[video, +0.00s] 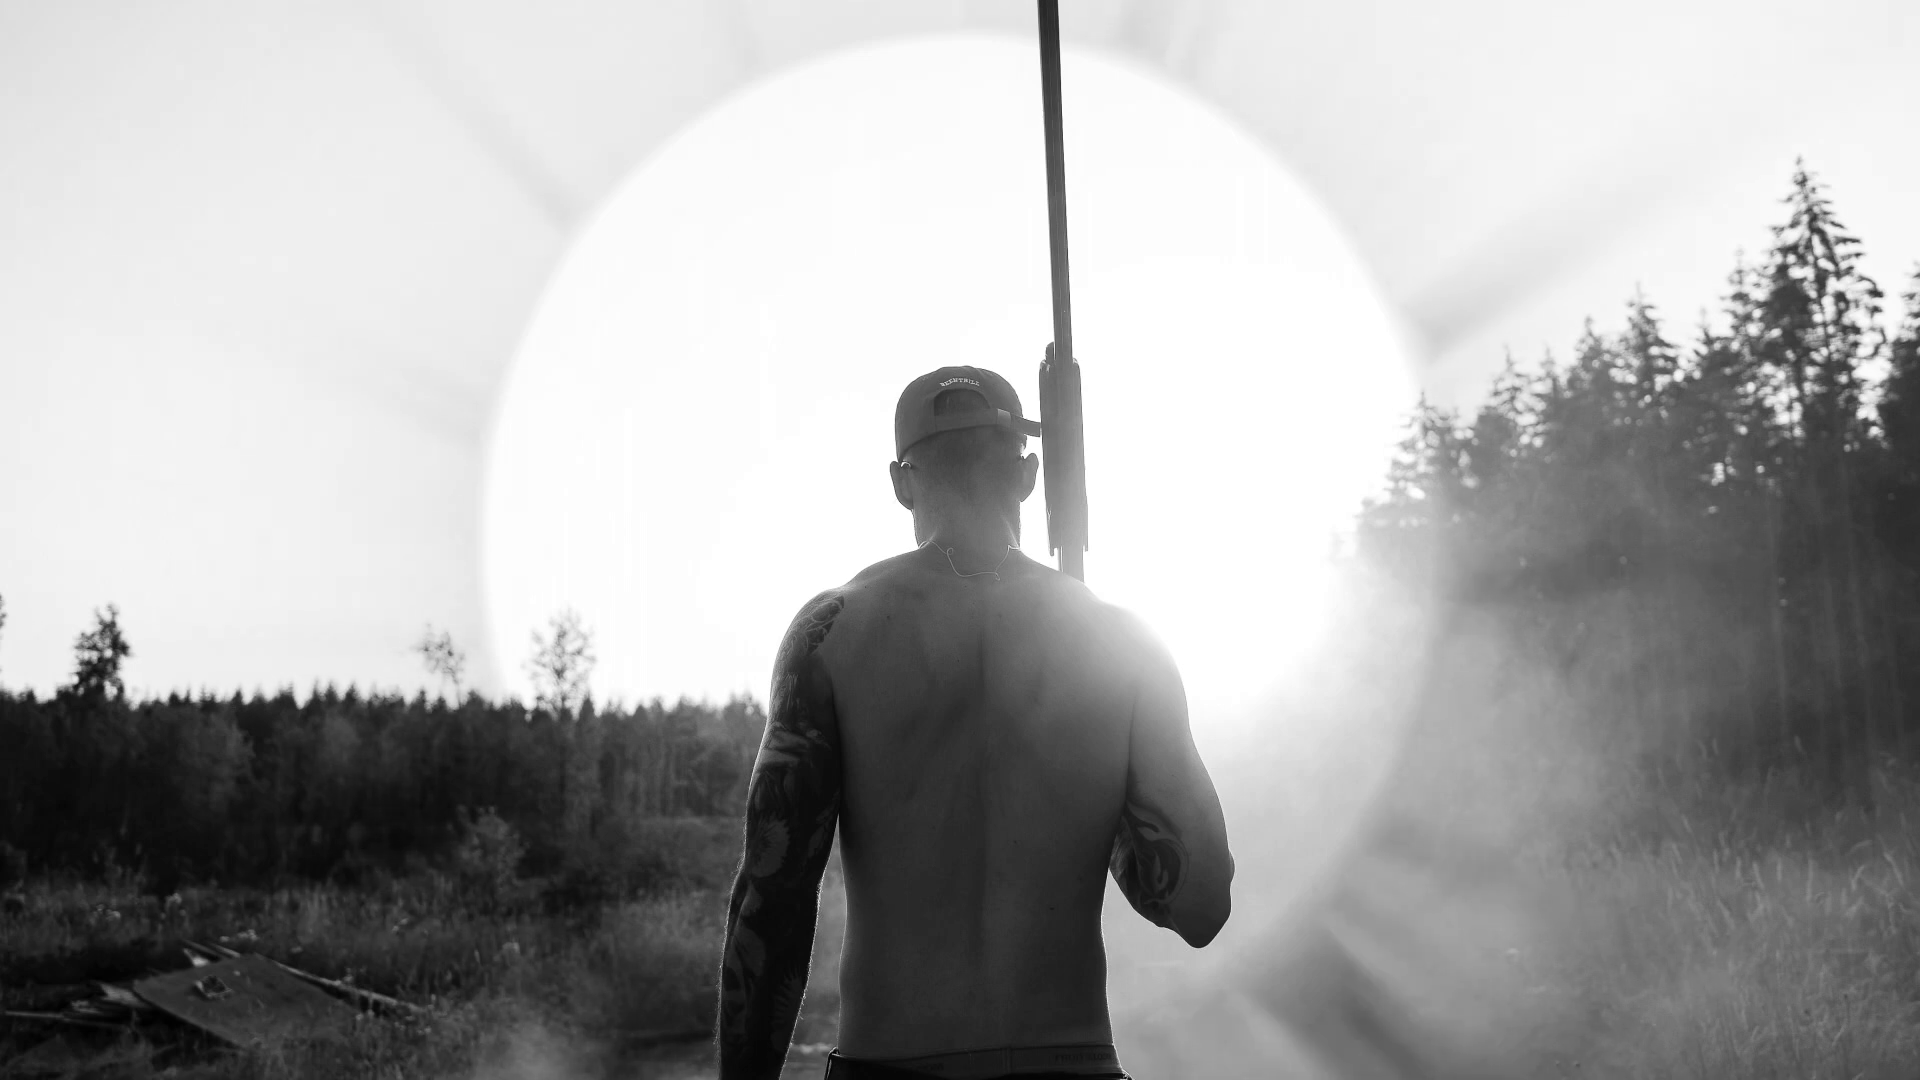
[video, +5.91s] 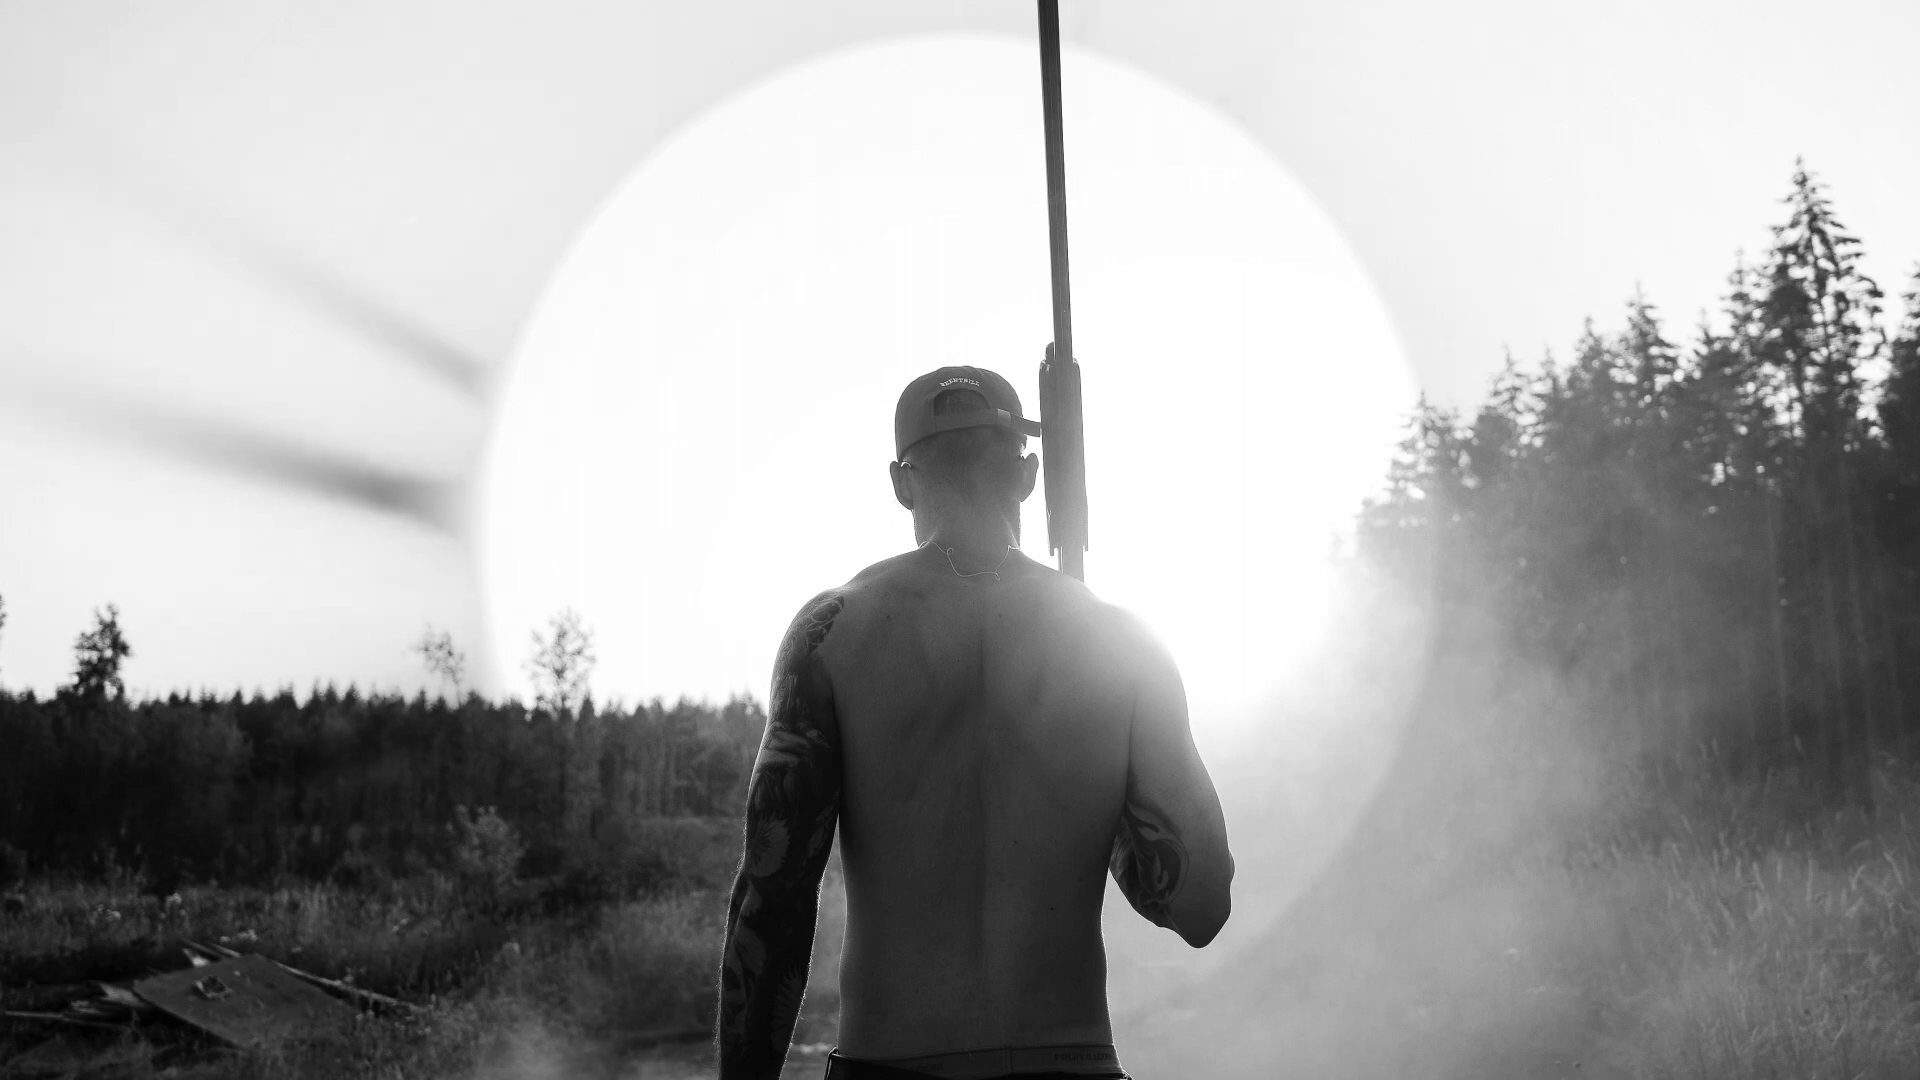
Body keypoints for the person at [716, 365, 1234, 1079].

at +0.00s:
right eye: (1018, 452)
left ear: (902, 484)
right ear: (1028, 476)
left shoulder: (832, 630)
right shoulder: (1121, 641)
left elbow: (773, 886)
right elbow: (1201, 904)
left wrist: (748, 1063)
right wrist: (1100, 803)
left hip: (885, 1045)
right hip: (1066, 1045)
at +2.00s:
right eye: (1017, 450)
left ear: (903, 486)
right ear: (1027, 476)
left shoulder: (832, 630)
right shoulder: (1121, 641)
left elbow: (773, 884)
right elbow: (1201, 904)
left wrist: (747, 1063)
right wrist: (1102, 803)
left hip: (887, 1045)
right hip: (1067, 1045)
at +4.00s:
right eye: (1015, 448)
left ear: (903, 486)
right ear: (1028, 477)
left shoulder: (831, 630)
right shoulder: (1121, 641)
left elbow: (773, 885)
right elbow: (1201, 905)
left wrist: (747, 1062)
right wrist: (1101, 800)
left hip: (886, 1046)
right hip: (1068, 1046)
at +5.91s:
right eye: (1015, 449)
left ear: (903, 486)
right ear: (1028, 477)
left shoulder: (831, 630)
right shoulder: (1121, 641)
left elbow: (773, 886)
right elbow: (1201, 905)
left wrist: (747, 1062)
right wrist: (1101, 800)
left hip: (886, 1046)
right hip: (1068, 1046)